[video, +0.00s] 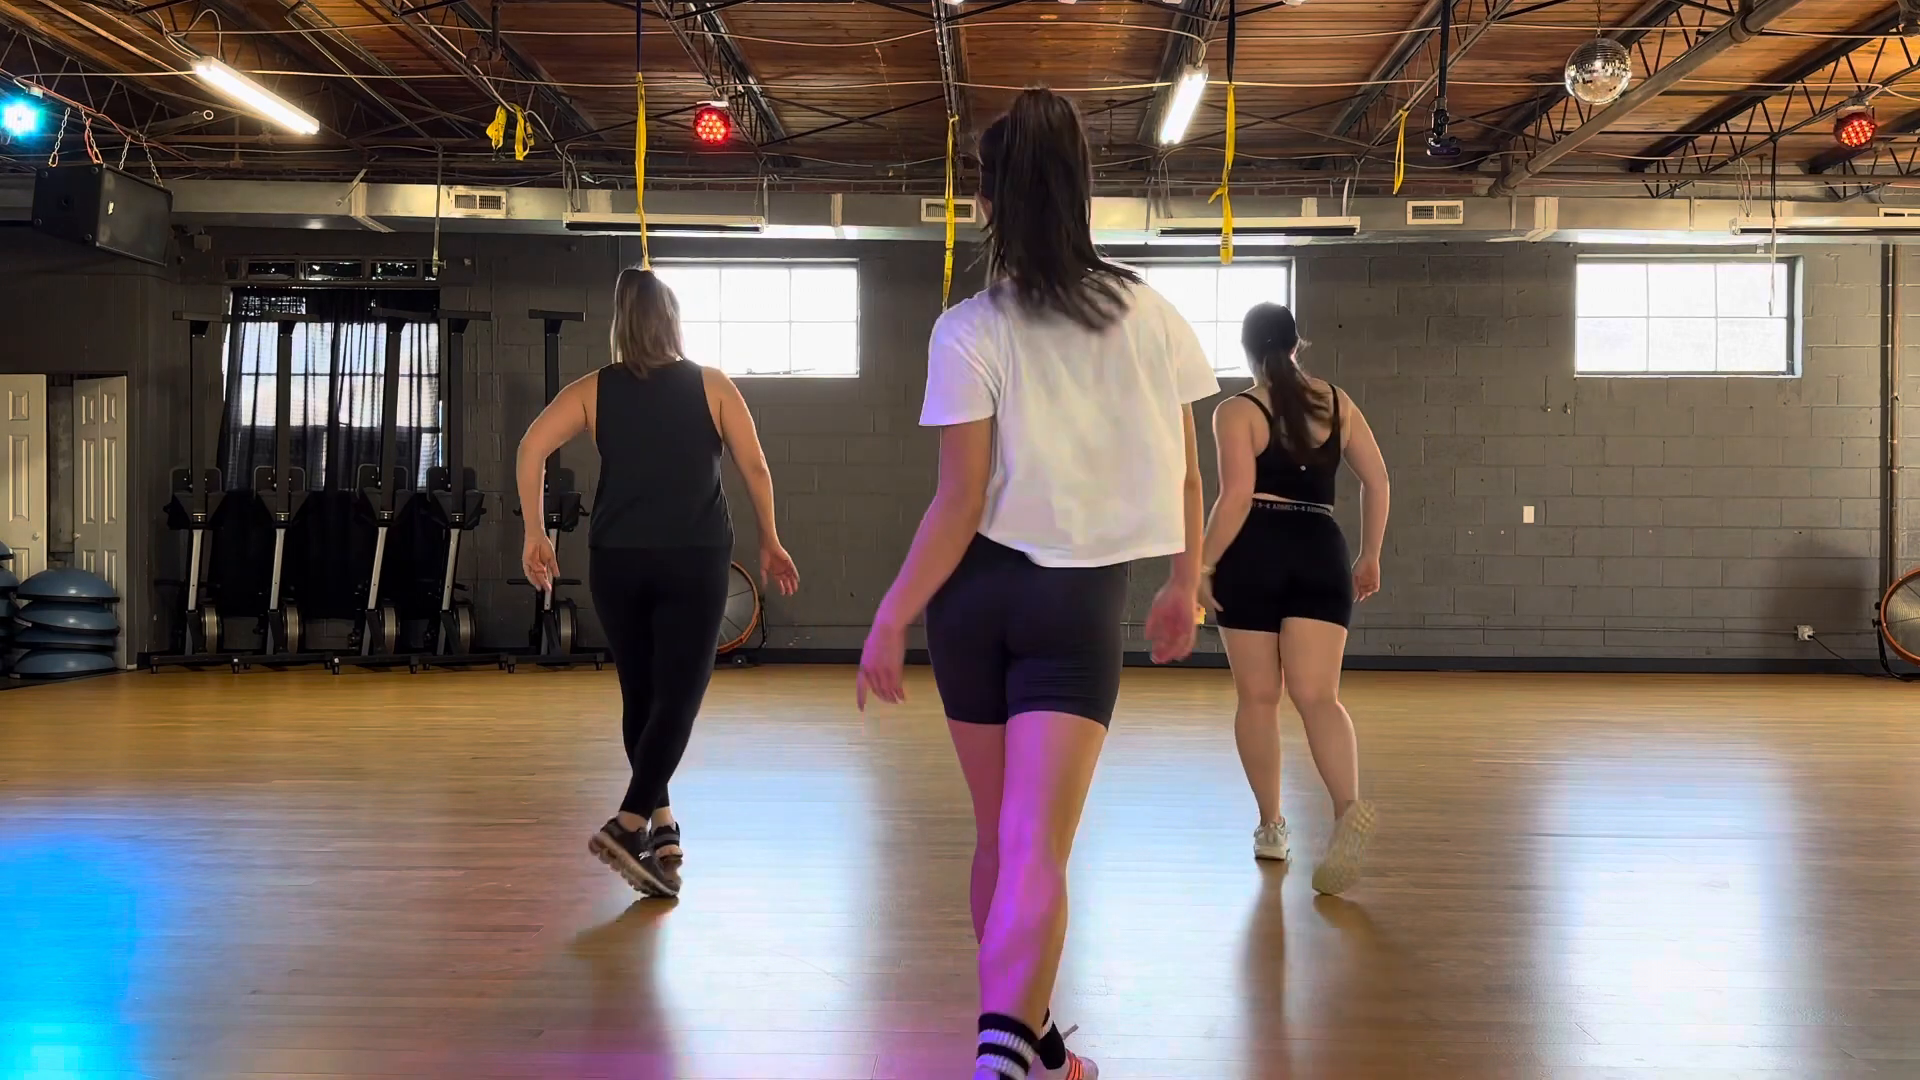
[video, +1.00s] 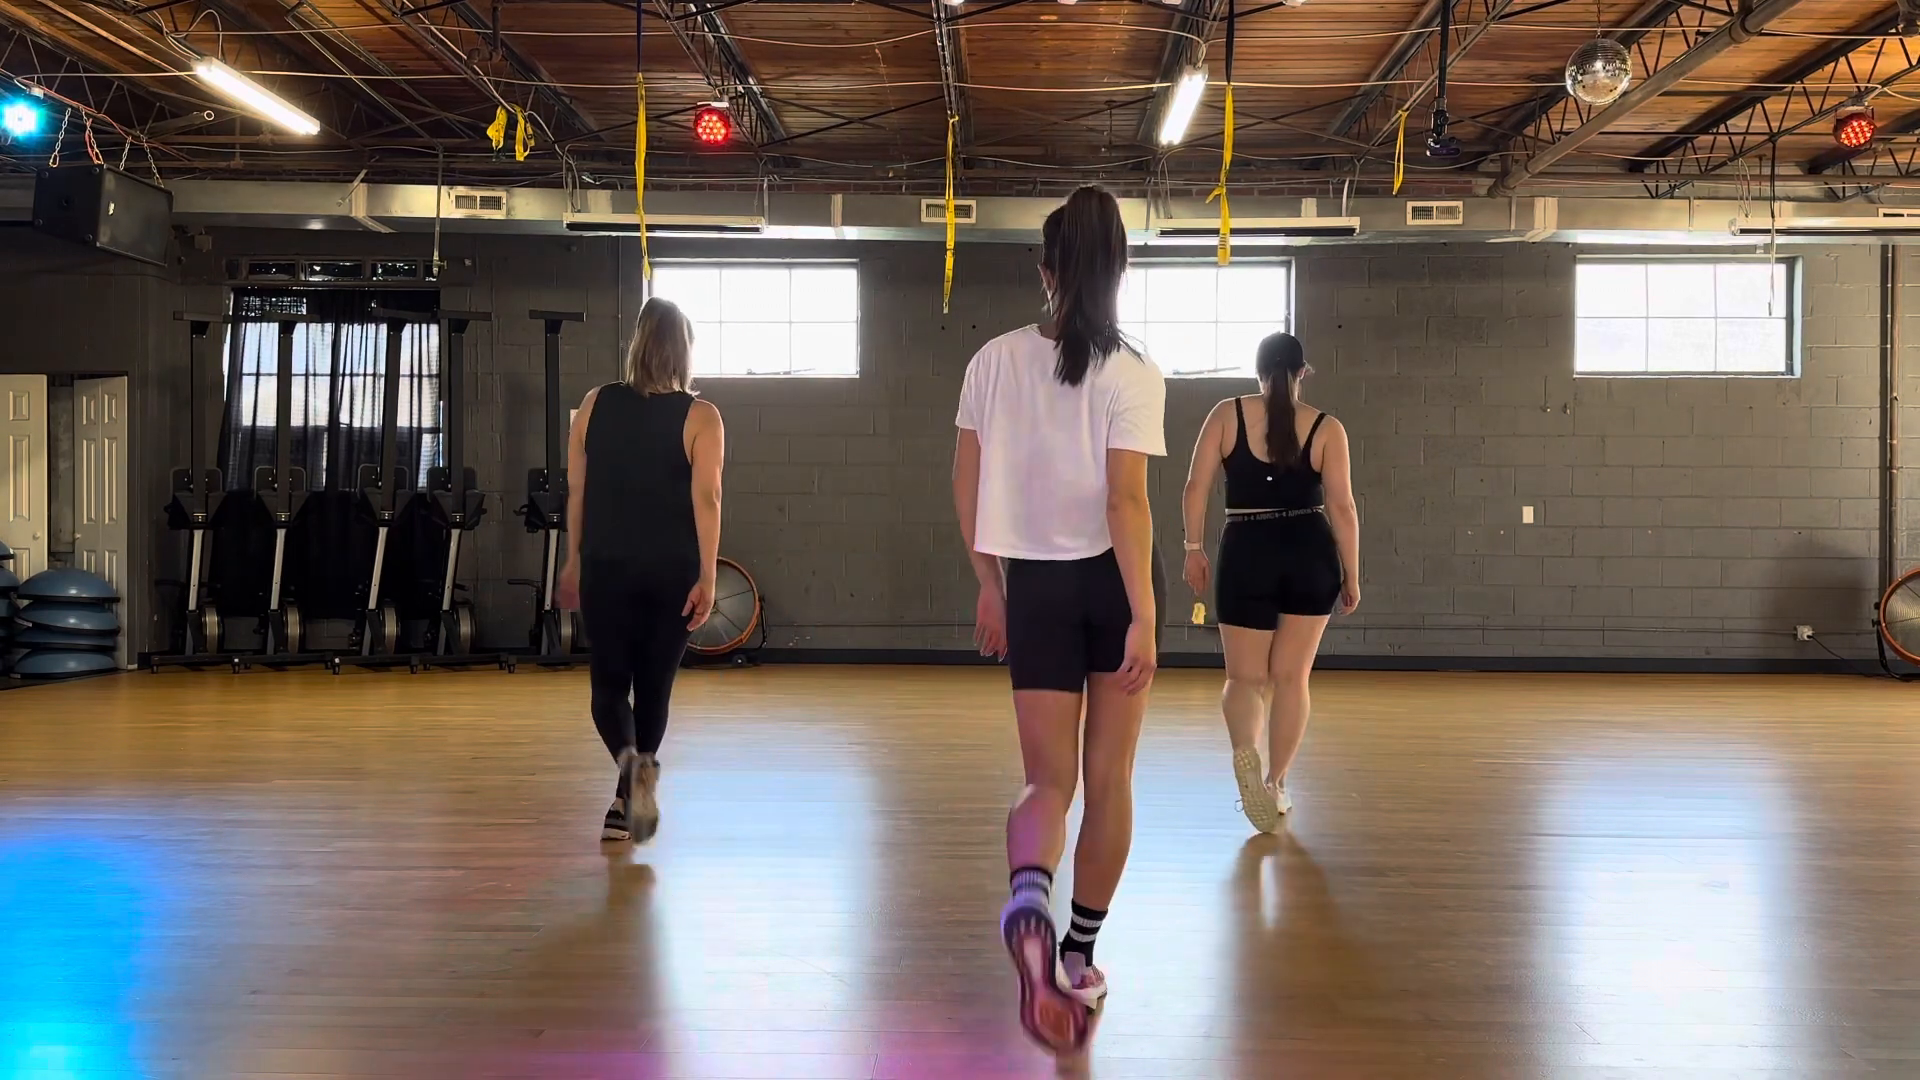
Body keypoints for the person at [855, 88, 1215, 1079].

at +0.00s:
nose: (977, 196)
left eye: (980, 182)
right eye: (982, 179)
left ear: (993, 193)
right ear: (1082, 186)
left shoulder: (971, 327)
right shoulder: (1151, 316)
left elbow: (961, 497)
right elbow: (1192, 475)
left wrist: (889, 618)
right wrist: (1185, 581)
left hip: (977, 583)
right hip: (1085, 593)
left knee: (996, 835)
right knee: (1039, 843)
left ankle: (1032, 1036)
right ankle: (999, 1052)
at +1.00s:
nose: (1047, 271)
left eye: (1043, 257)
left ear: (1044, 266)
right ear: (1119, 269)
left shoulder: (992, 360)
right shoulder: (1130, 371)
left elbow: (966, 482)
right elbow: (1126, 497)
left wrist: (990, 581)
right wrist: (1144, 610)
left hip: (1027, 587)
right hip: (1110, 586)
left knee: (1045, 777)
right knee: (1109, 784)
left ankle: (1027, 897)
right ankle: (1073, 961)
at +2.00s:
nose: (1010, 333)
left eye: (1012, 322)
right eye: (1013, 322)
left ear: (1023, 328)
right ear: (1071, 321)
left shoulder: (1009, 407)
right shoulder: (1121, 393)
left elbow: (939, 491)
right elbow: (1179, 465)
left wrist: (890, 420)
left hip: (1009, 576)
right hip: (1081, 580)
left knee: (1030, 734)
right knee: (1072, 724)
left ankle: (1058, 884)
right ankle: (1119, 778)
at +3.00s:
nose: (959, 356)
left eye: (974, 348)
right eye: (951, 344)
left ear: (995, 360)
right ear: (938, 352)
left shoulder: (1019, 423)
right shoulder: (935, 423)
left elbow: (1074, 497)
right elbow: (965, 498)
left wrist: (1115, 560)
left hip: (1015, 571)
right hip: (961, 570)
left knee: (989, 714)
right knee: (945, 716)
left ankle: (1087, 831)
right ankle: (1009, 835)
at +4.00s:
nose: (956, 366)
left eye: (970, 353)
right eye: (942, 355)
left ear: (996, 364)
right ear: (928, 369)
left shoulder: (1044, 426)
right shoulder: (905, 453)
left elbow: (1057, 514)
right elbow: (910, 534)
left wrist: (1026, 574)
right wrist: (948, 581)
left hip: (1023, 589)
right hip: (939, 593)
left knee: (1062, 746)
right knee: (886, 744)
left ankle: (1051, 892)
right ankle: (833, 885)